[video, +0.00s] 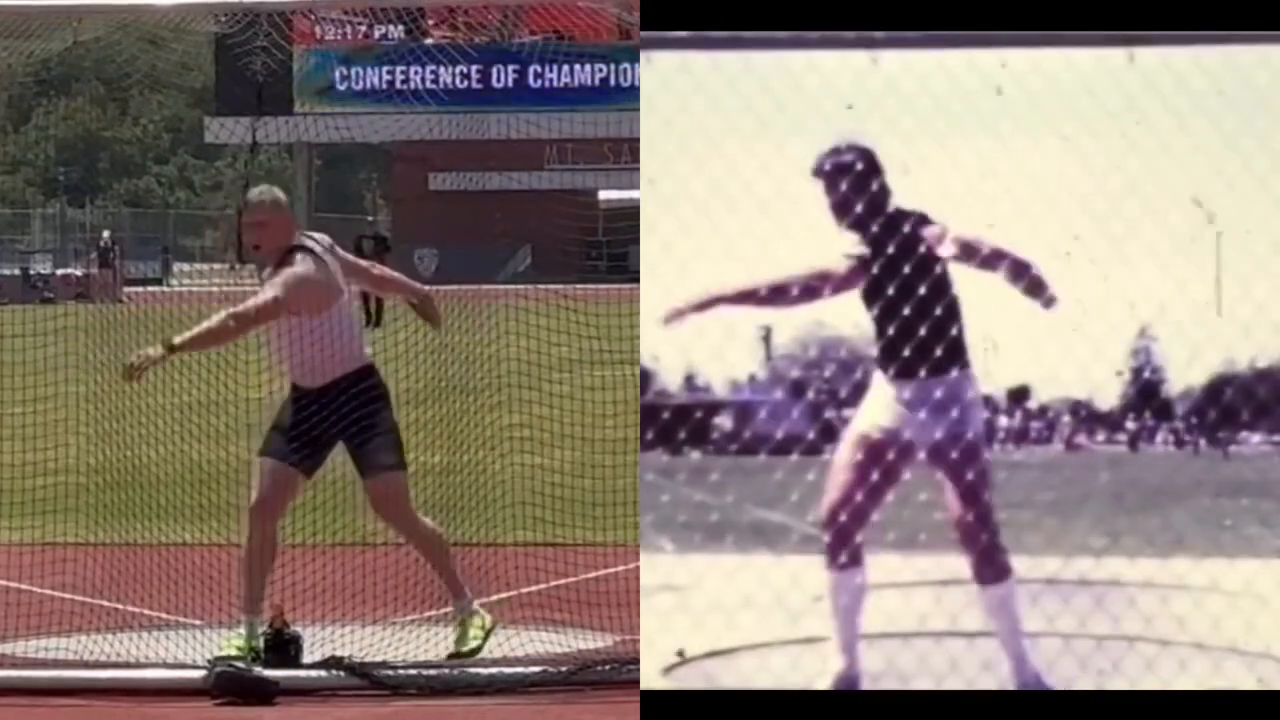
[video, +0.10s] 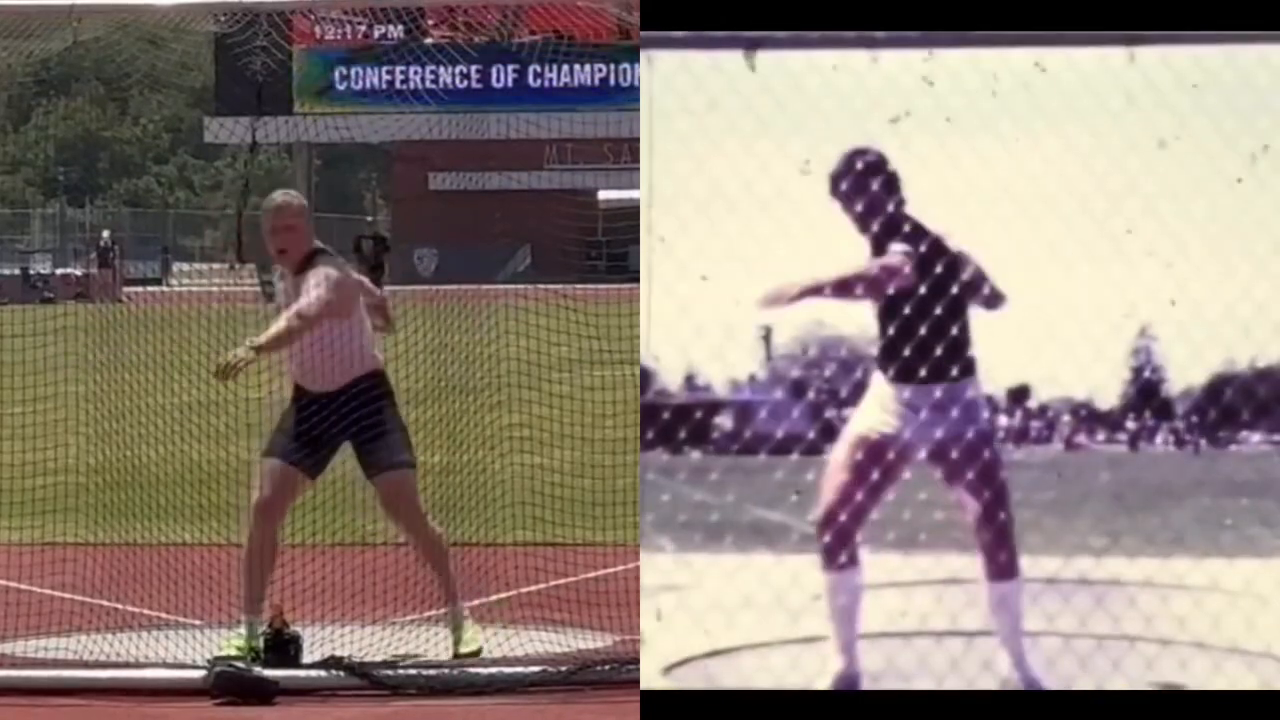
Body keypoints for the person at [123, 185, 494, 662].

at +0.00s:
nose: (252, 237)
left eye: (262, 226)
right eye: (247, 227)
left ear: (288, 226)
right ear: (244, 230)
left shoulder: (303, 273)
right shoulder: (314, 243)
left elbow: (240, 320)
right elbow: (368, 273)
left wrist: (167, 349)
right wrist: (417, 292)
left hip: (357, 395)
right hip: (306, 401)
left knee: (393, 506)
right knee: (263, 508)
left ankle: (469, 610)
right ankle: (250, 632)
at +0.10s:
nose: (280, 240)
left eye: (290, 230)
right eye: (273, 232)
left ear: (310, 231)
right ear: (265, 236)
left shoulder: (329, 274)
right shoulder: (292, 278)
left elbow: (300, 320)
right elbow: (361, 284)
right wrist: (383, 316)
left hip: (366, 399)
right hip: (311, 405)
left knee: (405, 507)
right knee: (266, 506)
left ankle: (458, 617)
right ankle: (250, 631)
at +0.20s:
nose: (323, 246)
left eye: (329, 237)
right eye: (313, 238)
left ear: (339, 235)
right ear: (295, 238)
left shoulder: (355, 278)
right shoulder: (287, 270)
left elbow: (368, 312)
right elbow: (303, 320)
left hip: (371, 404)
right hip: (312, 406)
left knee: (421, 504)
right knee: (268, 506)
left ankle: (444, 627)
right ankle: (251, 631)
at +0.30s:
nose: (369, 254)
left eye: (374, 244)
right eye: (358, 245)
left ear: (379, 246)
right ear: (331, 247)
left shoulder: (392, 288)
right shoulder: (302, 282)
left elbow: (436, 316)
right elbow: (272, 316)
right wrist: (258, 338)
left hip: (377, 423)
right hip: (314, 421)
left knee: (449, 504)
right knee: (273, 510)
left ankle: (427, 628)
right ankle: (248, 634)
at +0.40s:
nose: (414, 259)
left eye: (413, 250)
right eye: (404, 250)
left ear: (408, 255)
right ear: (370, 254)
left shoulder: (426, 297)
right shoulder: (327, 293)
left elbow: (488, 320)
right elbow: (264, 322)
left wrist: (531, 347)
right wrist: (214, 353)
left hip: (377, 437)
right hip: (328, 425)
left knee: (461, 508)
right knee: (309, 509)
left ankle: (437, 621)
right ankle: (222, 613)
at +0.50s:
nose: (443, 276)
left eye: (443, 266)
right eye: (436, 266)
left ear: (425, 271)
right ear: (406, 269)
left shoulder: (442, 311)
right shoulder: (353, 306)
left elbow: (505, 335)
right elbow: (280, 338)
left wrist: (570, 361)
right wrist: (213, 371)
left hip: (377, 450)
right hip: (345, 433)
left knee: (448, 526)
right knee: (364, 512)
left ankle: (438, 624)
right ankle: (251, 571)